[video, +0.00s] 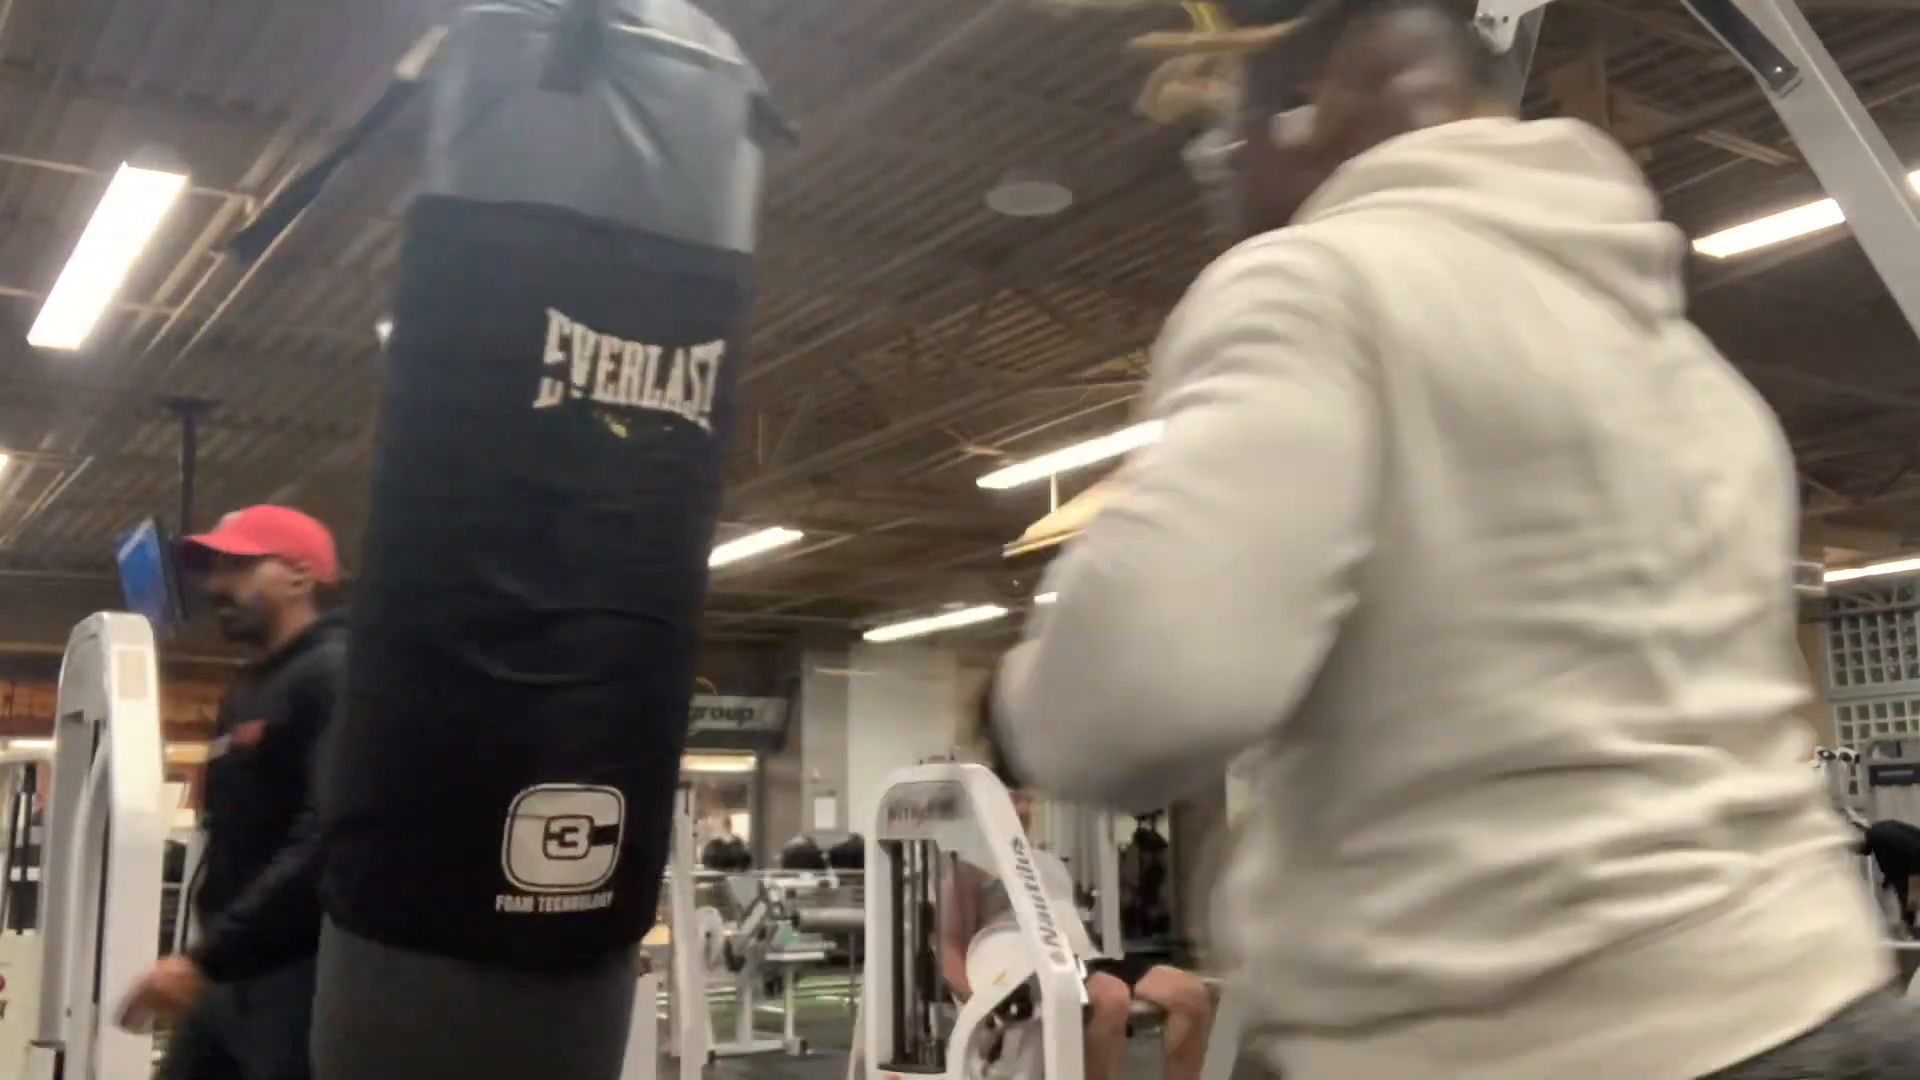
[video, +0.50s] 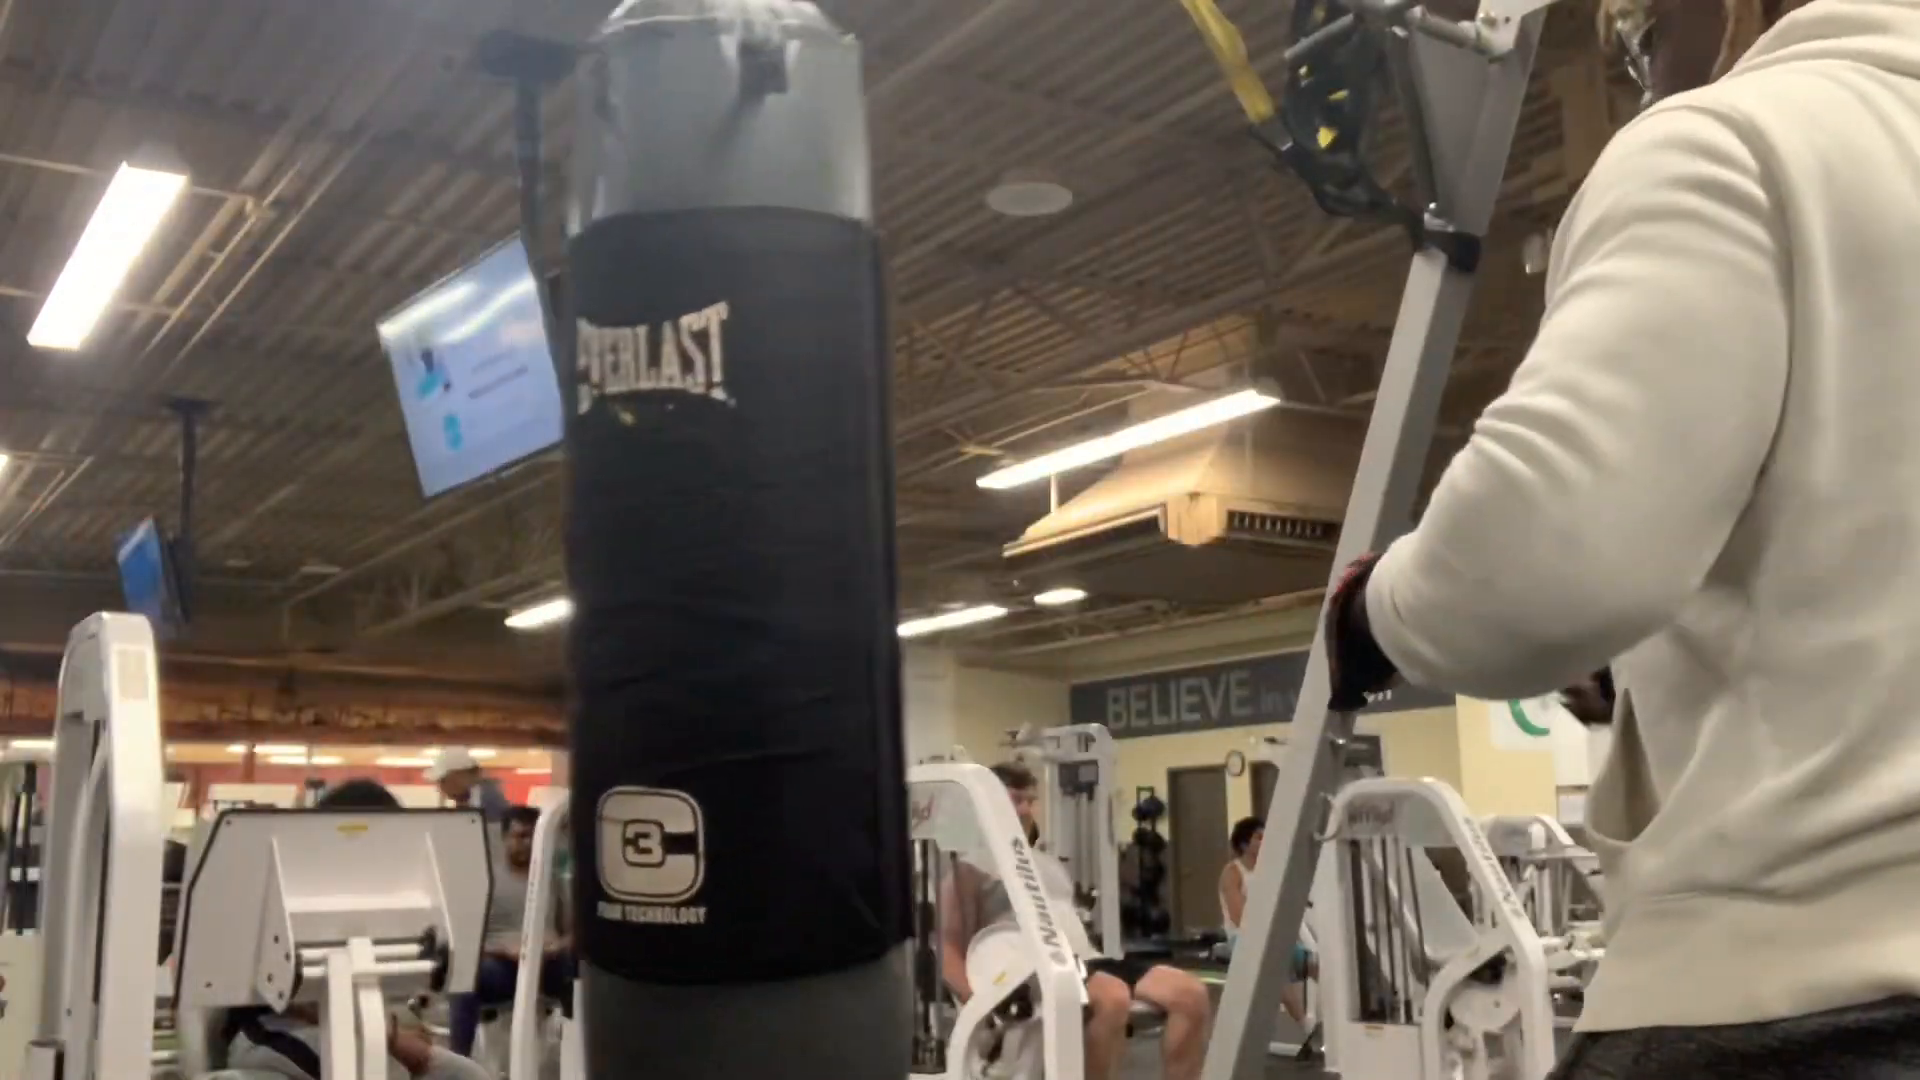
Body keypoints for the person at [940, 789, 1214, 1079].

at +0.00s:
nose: (1023, 809)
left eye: (1027, 800)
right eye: (1013, 799)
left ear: (1033, 805)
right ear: (991, 806)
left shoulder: (1043, 861)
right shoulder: (970, 865)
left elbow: (1064, 926)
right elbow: (951, 952)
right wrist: (983, 997)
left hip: (1077, 962)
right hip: (1020, 972)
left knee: (1193, 996)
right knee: (1111, 998)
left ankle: (1181, 1075)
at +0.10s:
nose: (1023, 809)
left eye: (1027, 801)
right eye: (1013, 800)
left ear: (1033, 805)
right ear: (992, 804)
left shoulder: (1042, 861)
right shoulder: (969, 868)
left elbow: (1063, 925)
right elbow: (951, 951)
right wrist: (979, 1000)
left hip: (1074, 961)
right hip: (1017, 971)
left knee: (1191, 995)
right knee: (1112, 996)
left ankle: (1179, 1073)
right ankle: (1099, 1074)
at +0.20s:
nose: (1023, 810)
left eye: (1028, 801)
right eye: (1013, 801)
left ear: (1034, 806)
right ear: (992, 805)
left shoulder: (1045, 861)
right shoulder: (969, 867)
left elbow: (1065, 925)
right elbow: (951, 953)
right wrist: (981, 1001)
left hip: (1076, 960)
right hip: (1019, 970)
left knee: (1191, 995)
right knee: (1113, 996)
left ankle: (1181, 1074)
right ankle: (1100, 1075)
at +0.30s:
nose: (1023, 810)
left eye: (1027, 801)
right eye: (1013, 801)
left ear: (1033, 806)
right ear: (991, 805)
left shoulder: (1045, 862)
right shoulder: (968, 868)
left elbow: (1065, 927)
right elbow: (951, 953)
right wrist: (980, 1001)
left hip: (1075, 961)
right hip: (1019, 971)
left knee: (1191, 995)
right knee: (1113, 996)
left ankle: (1180, 1073)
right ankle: (1101, 1075)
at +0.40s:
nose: (1024, 810)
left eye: (1028, 801)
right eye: (1014, 802)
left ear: (1035, 806)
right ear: (991, 807)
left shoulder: (1043, 862)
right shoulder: (968, 870)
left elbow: (1064, 927)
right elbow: (951, 956)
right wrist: (981, 1002)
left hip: (1075, 960)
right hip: (1019, 971)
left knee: (1191, 995)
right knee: (1113, 996)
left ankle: (1179, 1074)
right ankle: (1100, 1075)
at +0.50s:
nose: (1024, 810)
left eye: (1029, 801)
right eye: (1014, 801)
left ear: (1036, 807)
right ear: (991, 806)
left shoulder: (1044, 862)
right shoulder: (967, 871)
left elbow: (1064, 927)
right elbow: (951, 957)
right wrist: (982, 1002)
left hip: (1075, 961)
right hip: (1019, 971)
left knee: (1191, 995)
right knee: (1113, 996)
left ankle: (1180, 1074)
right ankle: (1098, 1074)